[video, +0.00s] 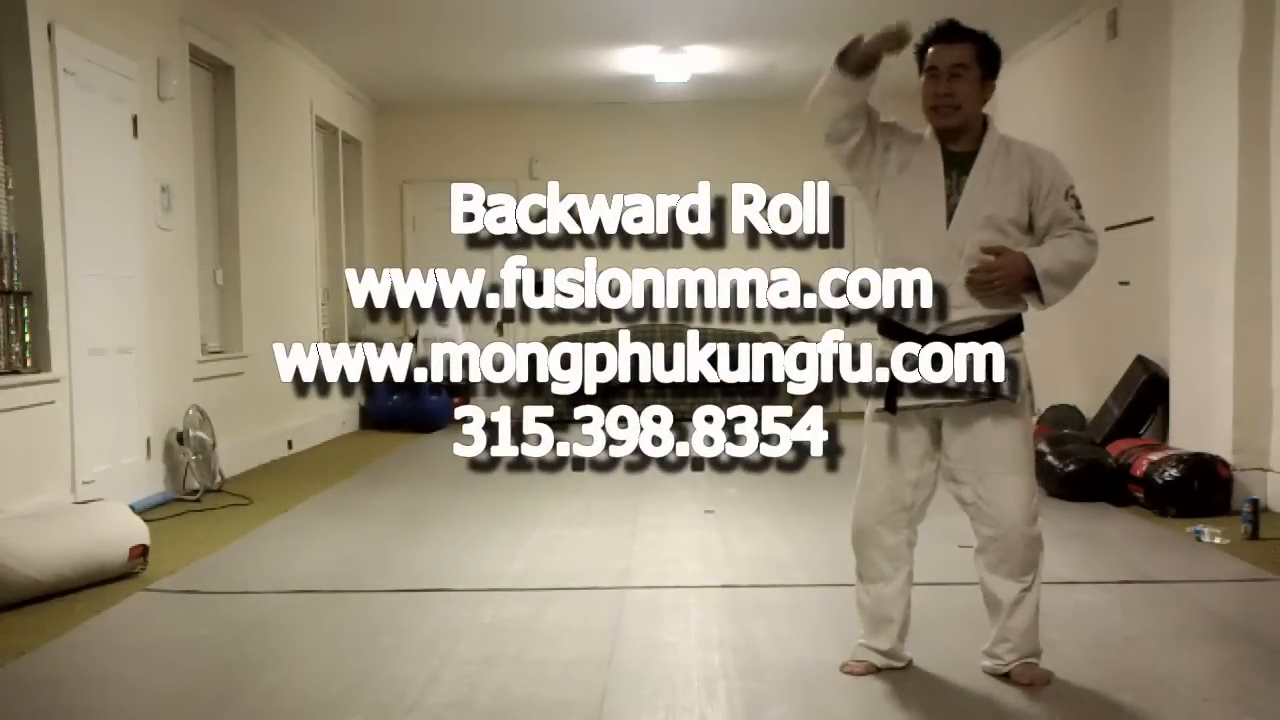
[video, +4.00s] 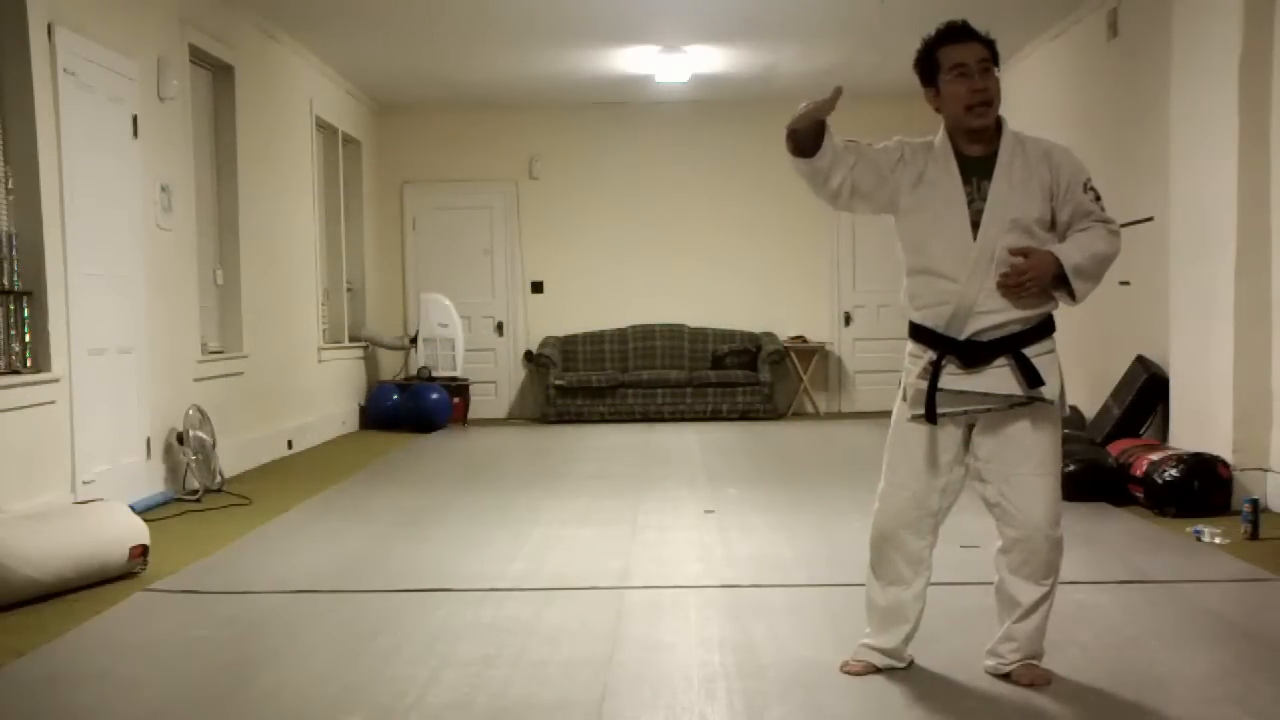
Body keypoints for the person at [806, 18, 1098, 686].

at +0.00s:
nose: (940, 85)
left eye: (957, 73)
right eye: (931, 73)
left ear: (988, 85)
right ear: (919, 86)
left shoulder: (1031, 167)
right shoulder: (887, 154)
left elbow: (1079, 243)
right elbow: (836, 121)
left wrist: (1032, 267)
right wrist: (858, 60)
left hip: (989, 362)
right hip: (896, 363)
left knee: (1011, 521)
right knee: (881, 516)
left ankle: (1014, 651)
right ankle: (879, 643)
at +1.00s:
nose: (989, 86)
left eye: (1000, 72)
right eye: (972, 74)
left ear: (1015, 83)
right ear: (946, 88)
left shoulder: (1060, 165)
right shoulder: (911, 158)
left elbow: (1110, 250)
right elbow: (840, 161)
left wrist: (1059, 265)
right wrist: (774, 133)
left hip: (1018, 368)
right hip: (929, 367)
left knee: (1029, 524)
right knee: (895, 514)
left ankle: (1016, 653)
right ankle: (882, 641)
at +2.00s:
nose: (968, 87)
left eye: (987, 74)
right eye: (962, 74)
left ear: (1021, 88)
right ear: (953, 83)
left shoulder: (1064, 171)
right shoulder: (918, 154)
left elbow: (1110, 251)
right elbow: (861, 120)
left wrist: (1063, 271)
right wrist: (841, 66)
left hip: (1018, 365)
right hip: (927, 362)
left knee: (1029, 526)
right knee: (893, 515)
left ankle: (1015, 654)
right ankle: (882, 641)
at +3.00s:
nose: (981, 85)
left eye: (991, 70)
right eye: (962, 76)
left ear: (1009, 80)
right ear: (941, 94)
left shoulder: (1059, 167)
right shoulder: (918, 162)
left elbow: (1106, 241)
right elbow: (869, 119)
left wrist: (1064, 266)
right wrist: (888, 62)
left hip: (1023, 367)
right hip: (933, 366)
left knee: (1035, 525)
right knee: (900, 516)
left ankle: (1017, 653)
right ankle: (884, 641)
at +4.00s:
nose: (979, 84)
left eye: (986, 69)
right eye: (959, 74)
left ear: (1000, 80)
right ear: (932, 95)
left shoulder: (1050, 162)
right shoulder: (909, 163)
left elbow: (1101, 234)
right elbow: (844, 175)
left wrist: (1060, 262)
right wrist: (808, 140)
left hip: (1022, 370)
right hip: (933, 370)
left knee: (1036, 528)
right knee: (899, 519)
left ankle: (1017, 654)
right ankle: (884, 643)